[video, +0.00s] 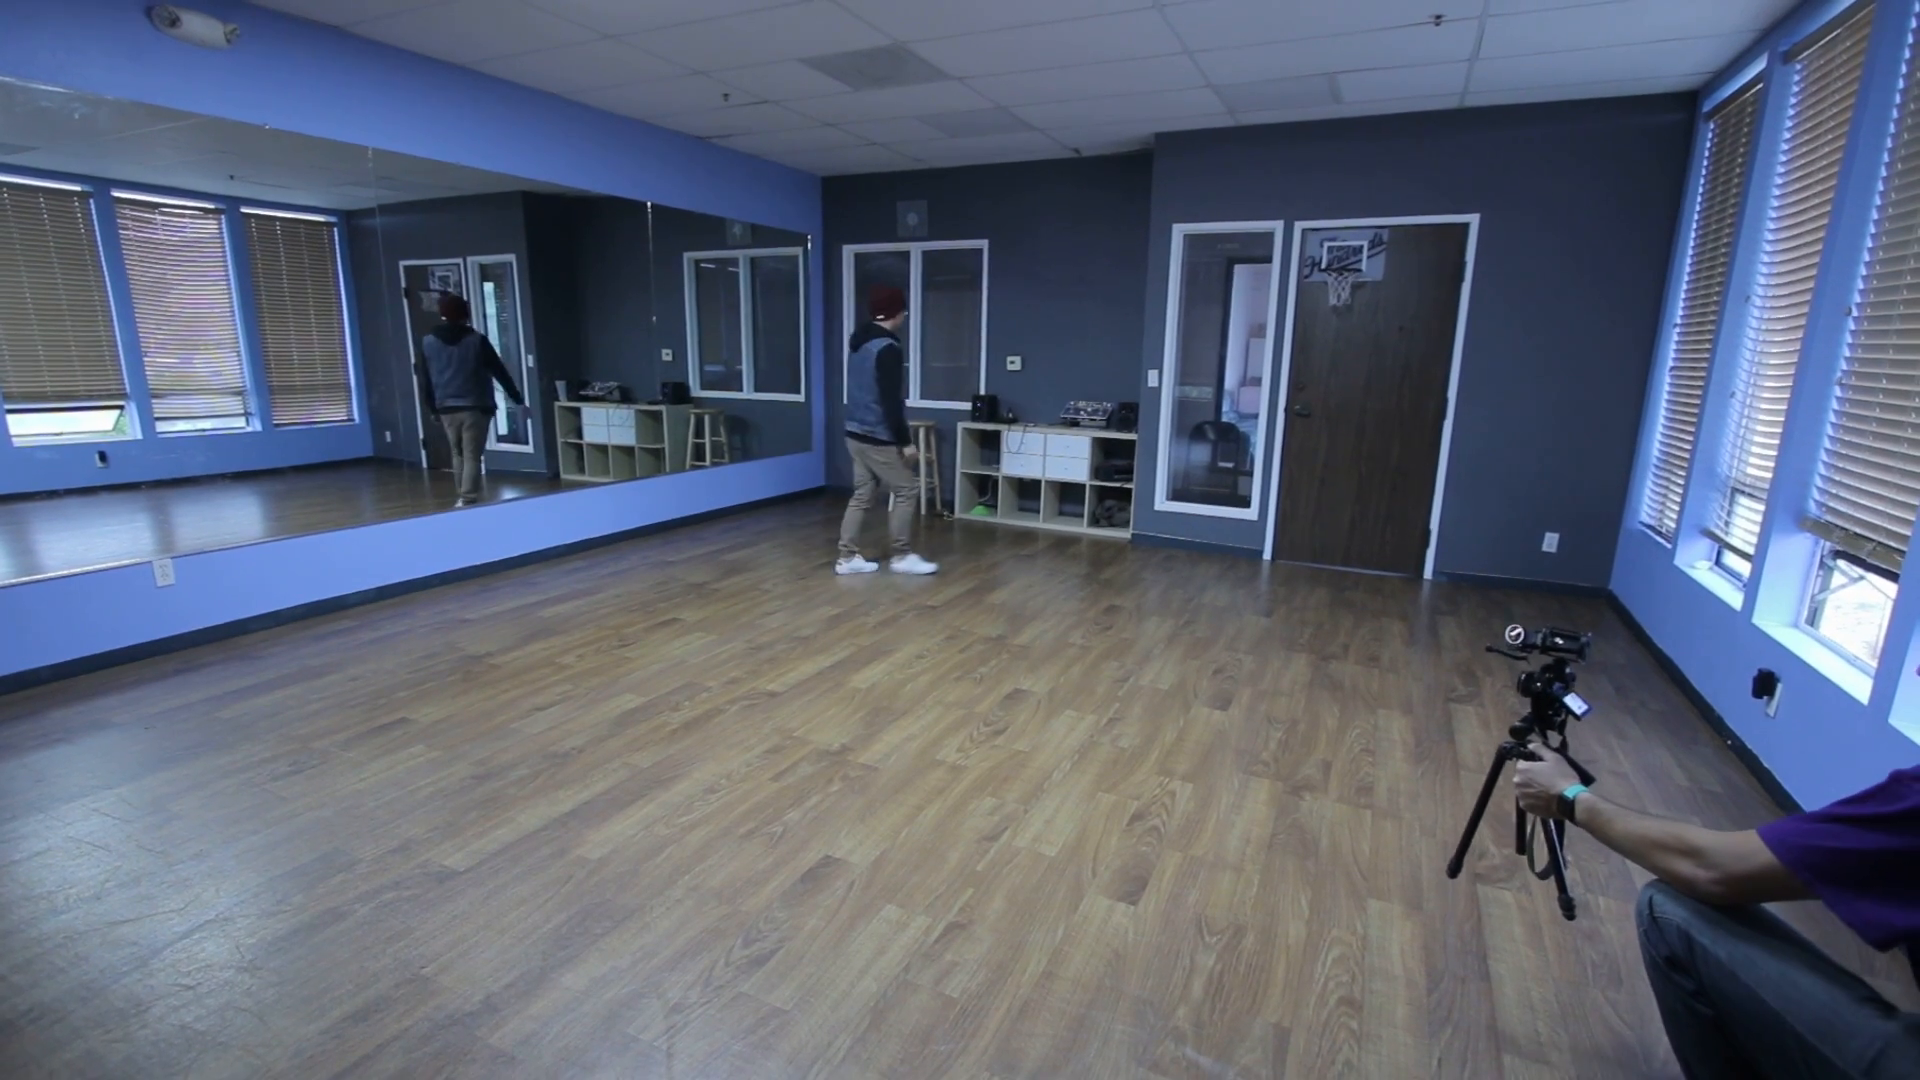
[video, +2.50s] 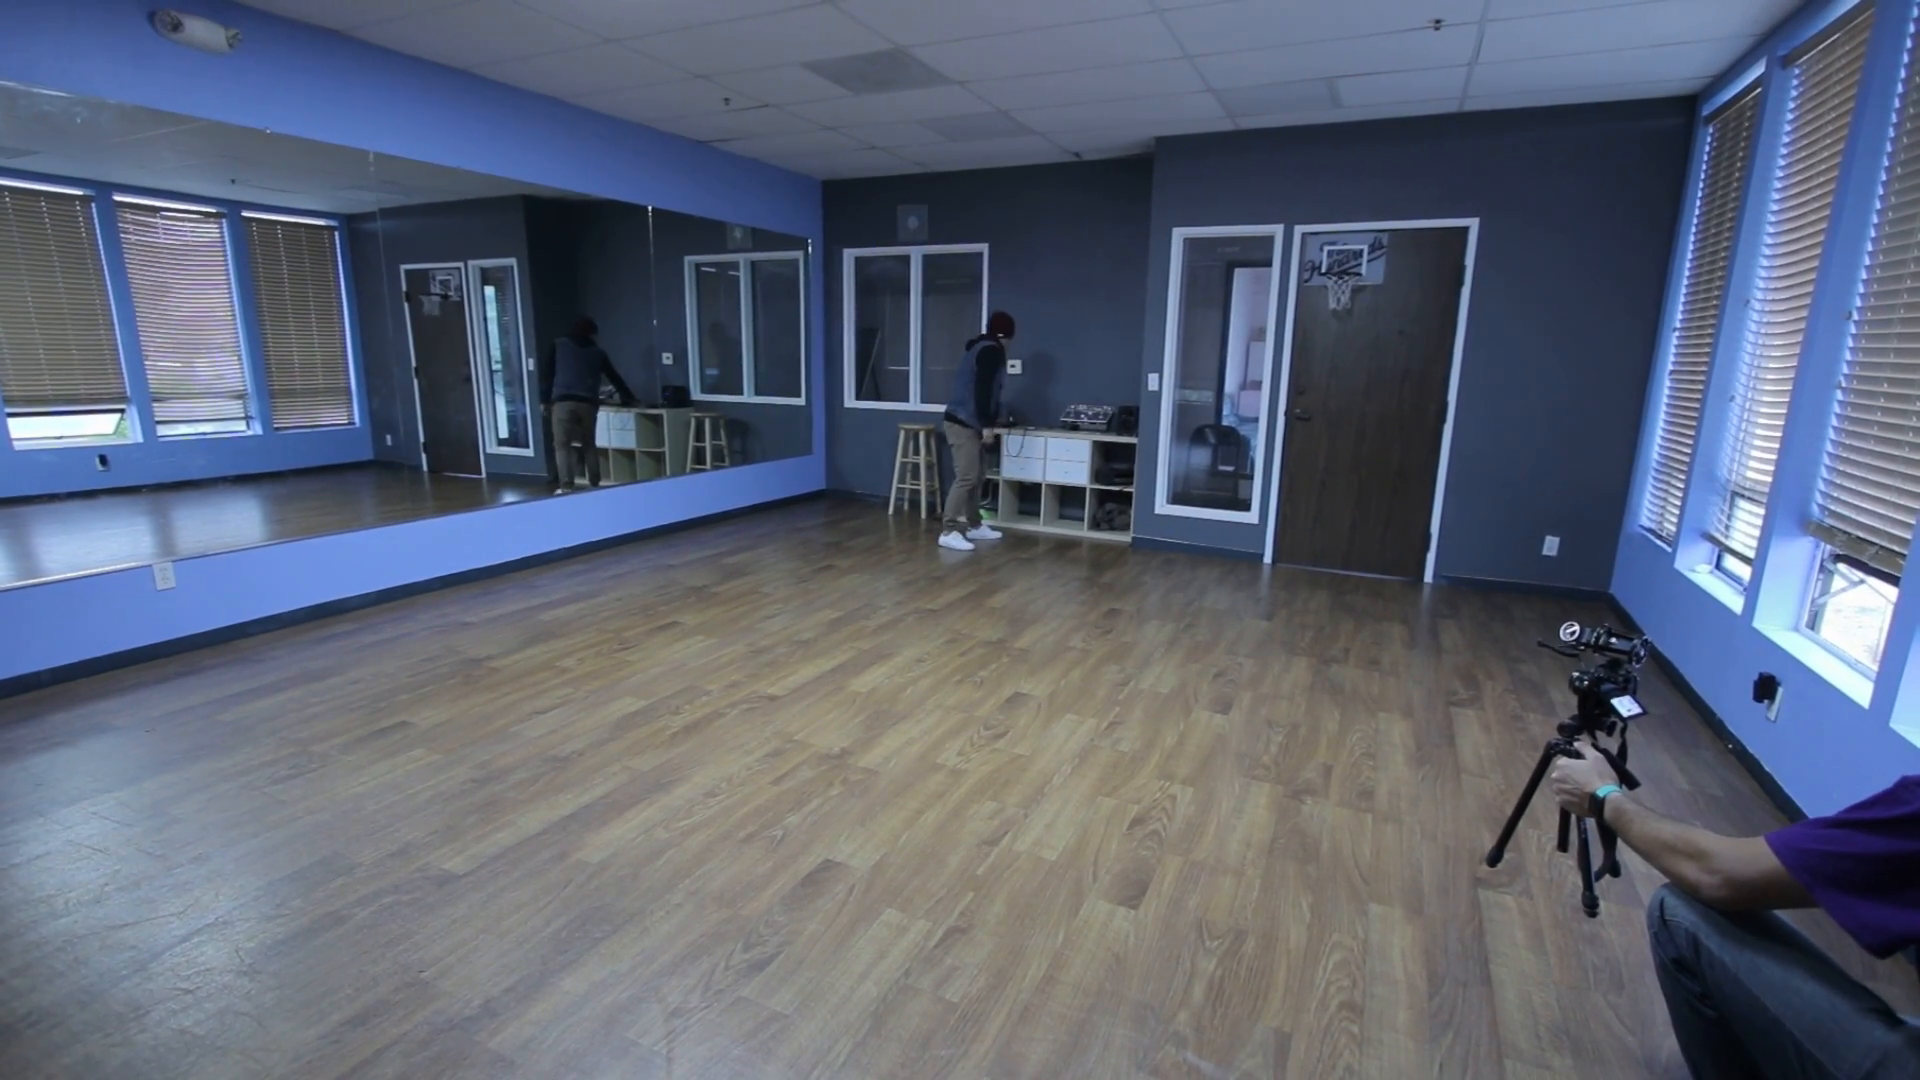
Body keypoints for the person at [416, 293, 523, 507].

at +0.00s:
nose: (467, 316)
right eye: (465, 312)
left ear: (443, 315)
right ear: (465, 313)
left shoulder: (428, 342)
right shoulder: (477, 340)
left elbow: (425, 379)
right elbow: (499, 372)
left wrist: (433, 409)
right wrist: (517, 399)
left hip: (447, 408)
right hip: (475, 406)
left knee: (457, 453)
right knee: (472, 455)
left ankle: (462, 496)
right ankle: (467, 499)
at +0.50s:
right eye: (491, 310)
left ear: (468, 312)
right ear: (491, 310)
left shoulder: (458, 338)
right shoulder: (501, 334)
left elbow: (455, 372)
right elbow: (514, 366)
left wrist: (458, 400)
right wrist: (521, 391)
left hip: (472, 398)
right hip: (498, 395)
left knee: (483, 439)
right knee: (511, 438)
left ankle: (487, 486)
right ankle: (486, 470)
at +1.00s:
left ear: (533, 328)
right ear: (555, 328)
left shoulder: (518, 350)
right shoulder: (562, 350)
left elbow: (508, 381)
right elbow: (583, 373)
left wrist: (512, 405)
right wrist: (604, 389)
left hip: (526, 411)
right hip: (556, 410)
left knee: (514, 450)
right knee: (573, 446)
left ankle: (495, 489)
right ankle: (593, 484)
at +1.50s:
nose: (609, 343)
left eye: (609, 340)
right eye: (608, 340)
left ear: (585, 335)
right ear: (603, 339)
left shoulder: (568, 348)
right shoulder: (606, 357)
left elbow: (553, 373)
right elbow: (622, 383)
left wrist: (548, 398)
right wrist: (637, 401)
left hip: (560, 400)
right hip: (585, 405)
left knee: (551, 440)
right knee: (589, 444)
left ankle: (541, 481)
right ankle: (595, 484)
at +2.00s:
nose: (611, 338)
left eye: (611, 335)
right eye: (610, 335)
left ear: (587, 330)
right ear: (606, 335)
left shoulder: (570, 344)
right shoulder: (608, 353)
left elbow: (555, 370)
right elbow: (623, 380)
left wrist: (550, 396)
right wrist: (638, 399)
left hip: (566, 399)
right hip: (590, 401)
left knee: (566, 441)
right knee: (590, 441)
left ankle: (569, 481)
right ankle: (594, 482)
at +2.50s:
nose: (594, 336)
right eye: (593, 333)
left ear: (573, 329)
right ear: (593, 333)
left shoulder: (558, 345)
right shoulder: (597, 352)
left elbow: (547, 373)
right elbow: (614, 378)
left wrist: (544, 400)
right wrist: (628, 399)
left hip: (563, 401)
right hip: (588, 402)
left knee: (562, 444)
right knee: (589, 444)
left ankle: (566, 485)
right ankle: (594, 484)